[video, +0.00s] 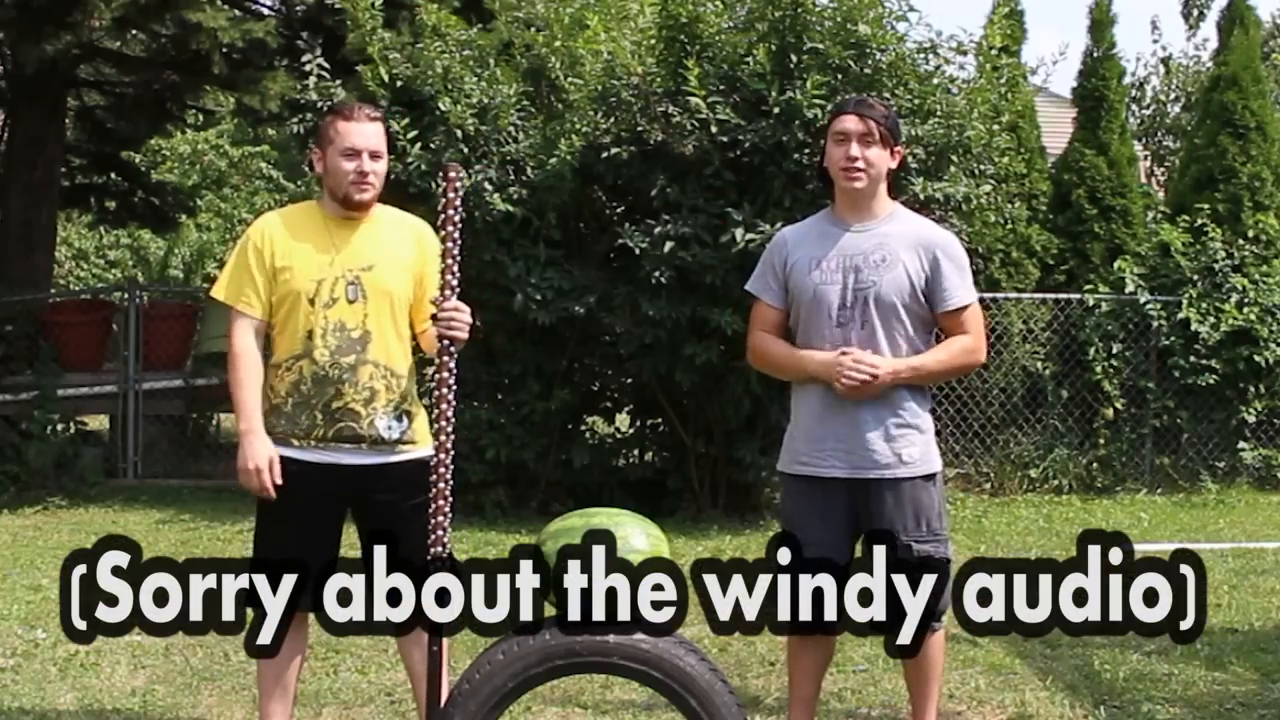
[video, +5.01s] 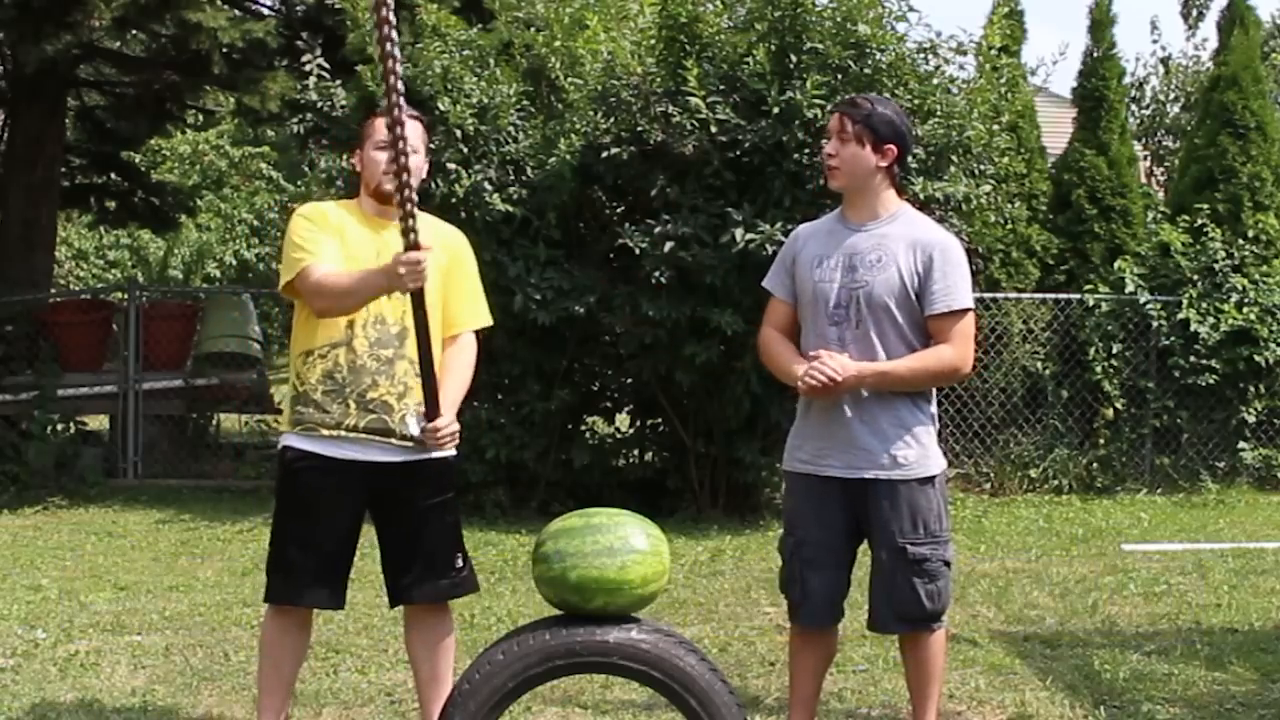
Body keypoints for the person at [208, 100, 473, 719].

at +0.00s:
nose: (365, 167)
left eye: (376, 155)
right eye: (350, 154)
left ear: (388, 164)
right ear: (317, 161)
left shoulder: (416, 237)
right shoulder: (272, 234)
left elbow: (429, 334)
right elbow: (244, 334)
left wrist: (453, 330)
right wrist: (251, 432)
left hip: (398, 457)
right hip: (299, 455)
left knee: (420, 604)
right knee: (282, 605)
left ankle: (439, 716)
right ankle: (275, 717)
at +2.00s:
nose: (356, 168)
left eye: (370, 157)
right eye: (344, 154)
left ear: (386, 166)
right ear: (316, 160)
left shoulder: (415, 238)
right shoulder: (271, 233)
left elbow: (429, 337)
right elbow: (245, 333)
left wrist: (454, 333)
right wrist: (253, 428)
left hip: (395, 459)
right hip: (297, 455)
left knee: (414, 605)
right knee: (282, 604)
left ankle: (434, 714)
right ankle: (274, 717)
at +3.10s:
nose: (368, 159)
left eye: (378, 150)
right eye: (354, 147)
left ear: (389, 162)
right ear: (320, 156)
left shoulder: (415, 237)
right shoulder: (273, 234)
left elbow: (443, 347)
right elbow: (236, 330)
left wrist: (428, 304)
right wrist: (294, 365)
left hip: (398, 456)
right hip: (300, 455)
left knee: (428, 602)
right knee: (285, 603)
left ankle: (432, 718)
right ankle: (275, 716)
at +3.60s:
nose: (368, 165)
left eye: (377, 154)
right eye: (353, 153)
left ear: (387, 163)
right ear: (319, 161)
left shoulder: (413, 239)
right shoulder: (278, 233)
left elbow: (440, 321)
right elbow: (267, 322)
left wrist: (458, 360)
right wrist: (351, 303)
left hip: (406, 451)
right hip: (307, 452)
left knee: (429, 599)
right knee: (291, 600)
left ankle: (436, 715)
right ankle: (275, 715)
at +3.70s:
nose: (373, 172)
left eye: (382, 160)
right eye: (359, 159)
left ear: (391, 166)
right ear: (325, 162)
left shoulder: (413, 242)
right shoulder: (281, 230)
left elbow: (440, 331)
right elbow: (270, 299)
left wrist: (464, 396)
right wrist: (357, 258)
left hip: (404, 452)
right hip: (306, 453)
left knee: (428, 599)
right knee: (291, 601)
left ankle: (438, 716)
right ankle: (275, 716)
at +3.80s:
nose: (381, 164)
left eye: (387, 153)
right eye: (367, 153)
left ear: (396, 161)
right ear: (330, 160)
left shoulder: (414, 245)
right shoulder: (285, 219)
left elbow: (438, 335)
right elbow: (274, 262)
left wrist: (459, 404)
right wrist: (353, 197)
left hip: (403, 449)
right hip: (306, 449)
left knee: (427, 596)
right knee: (292, 597)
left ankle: (438, 715)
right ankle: (275, 715)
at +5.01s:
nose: (398, 157)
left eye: (409, 148)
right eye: (385, 146)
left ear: (426, 163)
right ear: (357, 158)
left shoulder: (448, 240)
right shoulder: (314, 221)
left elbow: (462, 336)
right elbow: (317, 292)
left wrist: (445, 407)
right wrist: (384, 277)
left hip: (417, 453)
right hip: (320, 449)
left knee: (430, 599)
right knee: (292, 600)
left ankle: (438, 715)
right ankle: (271, 715)